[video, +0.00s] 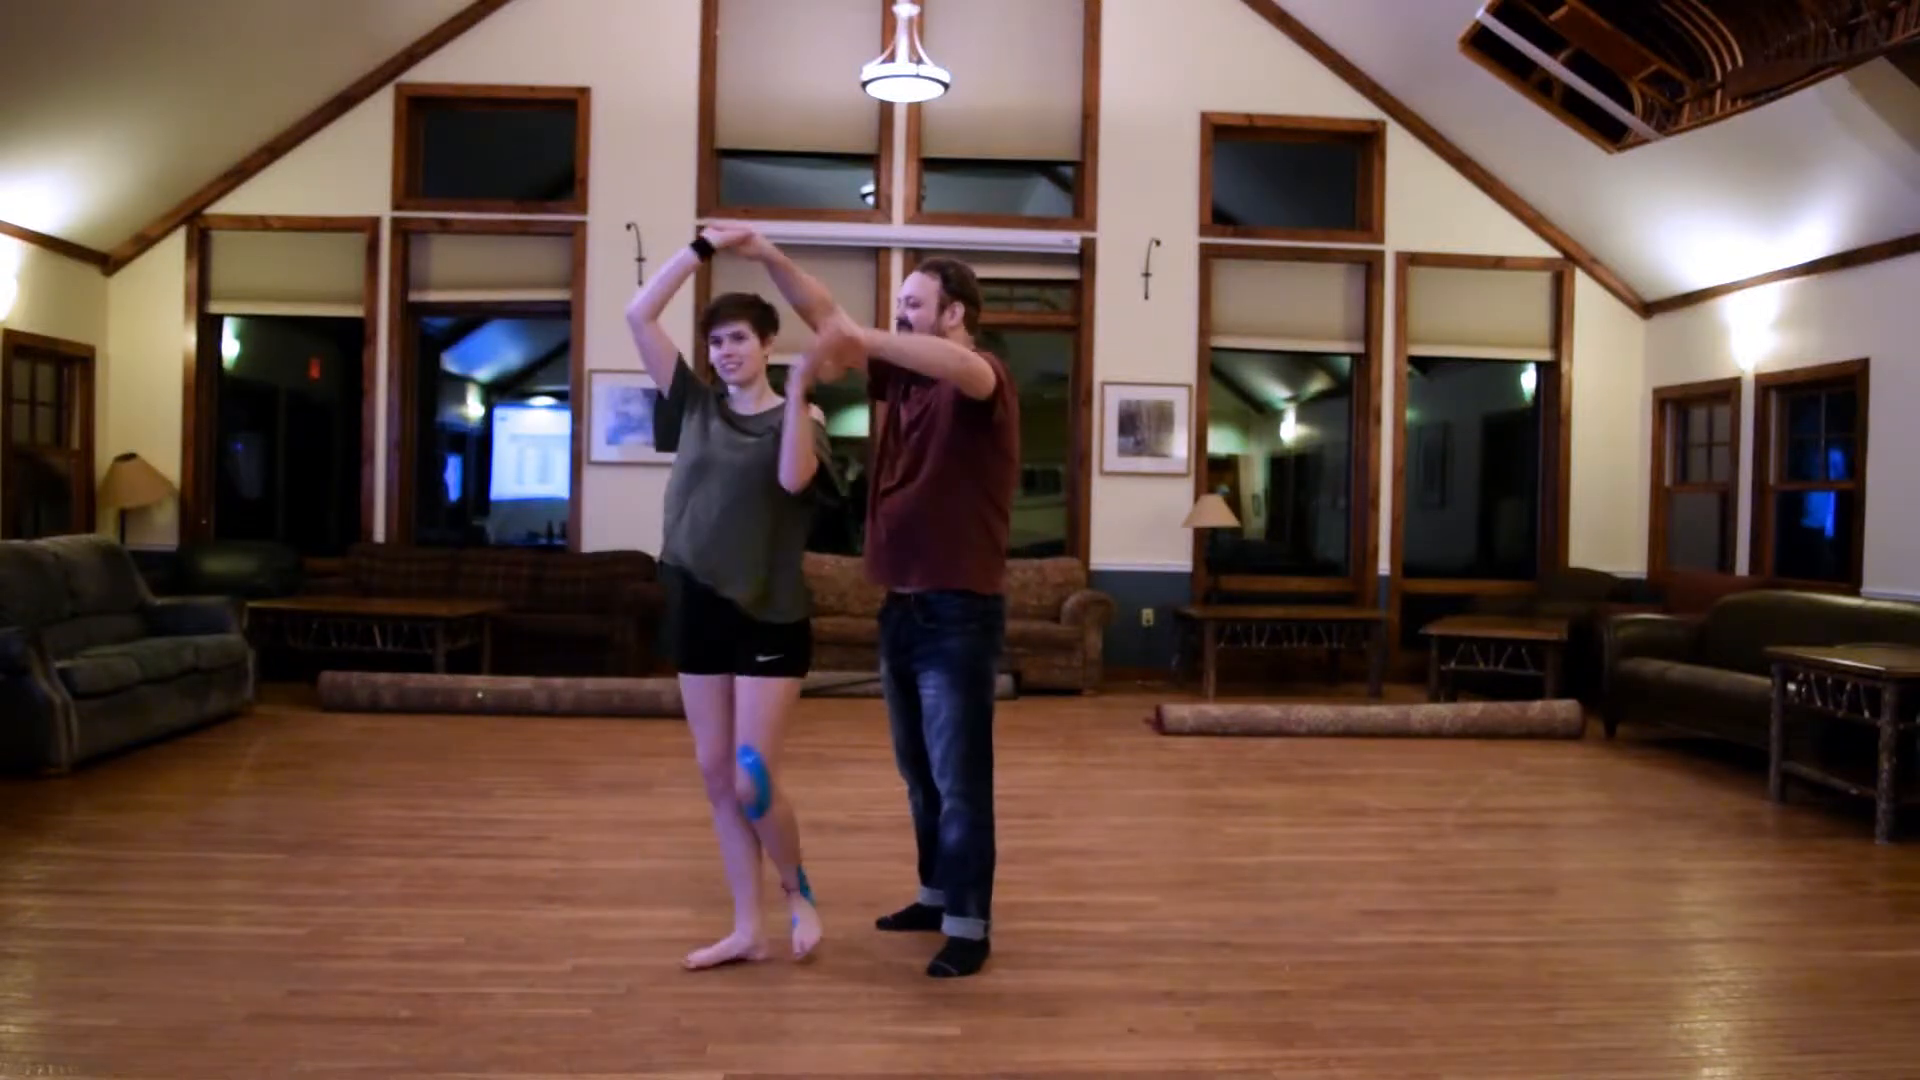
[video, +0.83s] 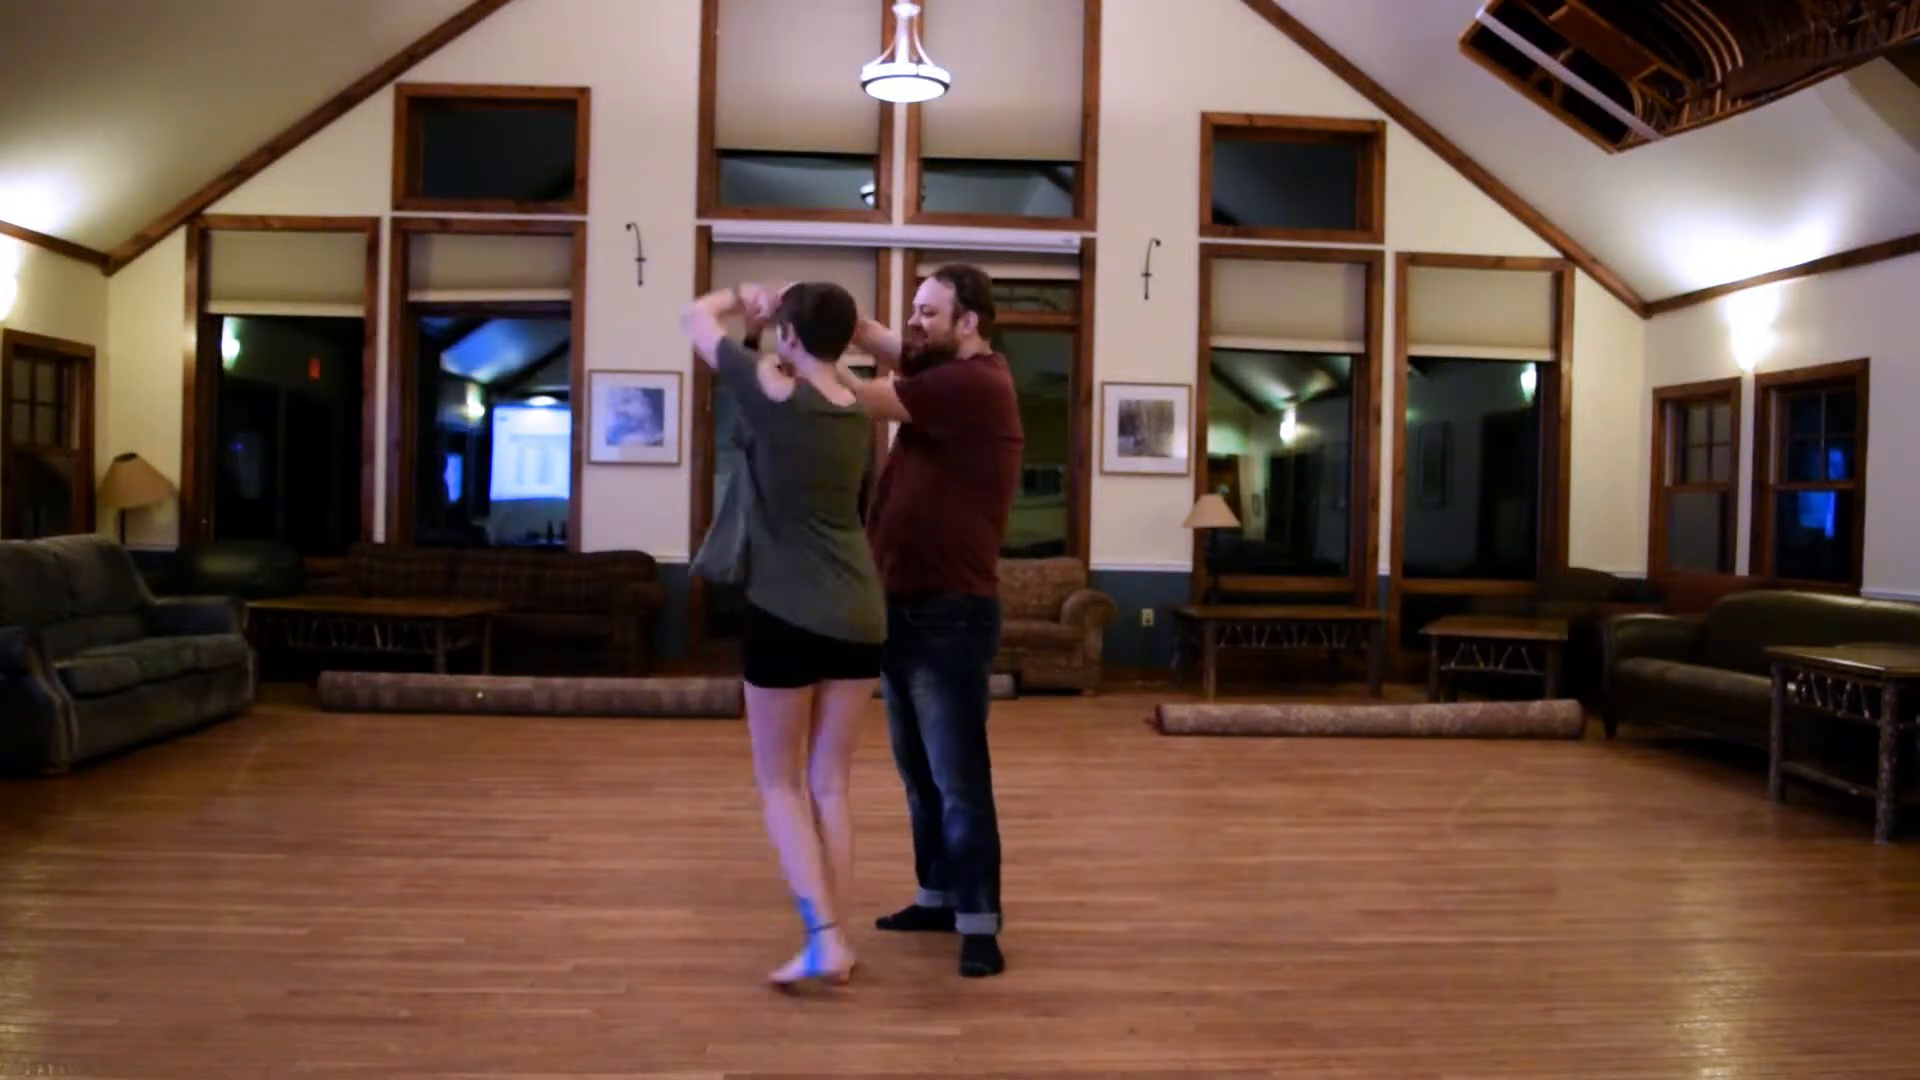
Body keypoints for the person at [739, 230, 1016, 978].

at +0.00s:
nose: (901, 315)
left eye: (914, 305)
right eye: (899, 306)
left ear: (958, 314)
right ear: (909, 316)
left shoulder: (984, 373)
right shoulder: (899, 372)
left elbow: (959, 364)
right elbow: (836, 328)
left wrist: (865, 340)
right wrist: (769, 257)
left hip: (961, 606)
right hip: (903, 605)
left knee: (958, 772)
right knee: (920, 768)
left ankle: (969, 925)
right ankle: (940, 898)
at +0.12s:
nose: (902, 319)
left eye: (915, 307)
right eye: (901, 308)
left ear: (956, 314)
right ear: (903, 313)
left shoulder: (985, 377)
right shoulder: (897, 370)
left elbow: (998, 400)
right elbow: (837, 339)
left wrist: (909, 435)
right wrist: (812, 290)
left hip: (958, 608)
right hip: (899, 603)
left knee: (959, 774)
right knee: (920, 769)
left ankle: (970, 923)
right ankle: (938, 898)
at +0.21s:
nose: (900, 317)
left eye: (913, 308)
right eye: (899, 308)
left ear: (951, 317)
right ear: (904, 317)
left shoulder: (974, 377)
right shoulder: (898, 370)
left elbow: (1007, 436)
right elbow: (848, 361)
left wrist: (927, 514)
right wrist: (829, 340)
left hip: (957, 605)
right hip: (901, 603)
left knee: (959, 771)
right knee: (918, 765)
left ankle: (970, 922)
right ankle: (935, 895)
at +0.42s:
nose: (893, 328)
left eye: (905, 317)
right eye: (893, 317)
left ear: (946, 326)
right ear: (909, 325)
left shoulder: (967, 395)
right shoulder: (903, 382)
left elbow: (936, 509)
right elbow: (816, 381)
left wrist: (873, 579)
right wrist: (835, 427)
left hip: (955, 610)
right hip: (904, 608)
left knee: (956, 771)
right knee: (916, 764)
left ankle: (971, 919)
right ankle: (935, 896)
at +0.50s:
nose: (894, 329)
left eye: (906, 318)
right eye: (894, 318)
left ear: (946, 325)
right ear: (911, 325)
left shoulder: (964, 394)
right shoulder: (906, 379)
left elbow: (907, 506)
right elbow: (831, 374)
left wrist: (850, 542)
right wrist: (814, 437)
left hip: (956, 610)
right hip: (905, 604)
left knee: (954, 770)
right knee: (914, 763)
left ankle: (971, 919)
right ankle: (934, 896)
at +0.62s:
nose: (901, 331)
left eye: (913, 320)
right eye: (901, 320)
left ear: (955, 326)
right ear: (919, 325)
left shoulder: (965, 391)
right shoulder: (919, 374)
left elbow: (876, 483)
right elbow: (841, 365)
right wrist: (799, 388)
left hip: (952, 610)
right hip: (907, 604)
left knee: (952, 770)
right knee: (916, 765)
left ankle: (977, 921)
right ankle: (936, 897)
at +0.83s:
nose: (913, 321)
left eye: (927, 312)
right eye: (914, 311)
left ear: (968, 322)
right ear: (944, 321)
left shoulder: (977, 380)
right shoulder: (940, 368)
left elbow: (864, 399)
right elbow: (868, 336)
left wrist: (790, 352)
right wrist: (793, 303)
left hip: (953, 604)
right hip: (907, 599)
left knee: (956, 771)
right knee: (918, 765)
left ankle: (980, 921)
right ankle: (938, 898)